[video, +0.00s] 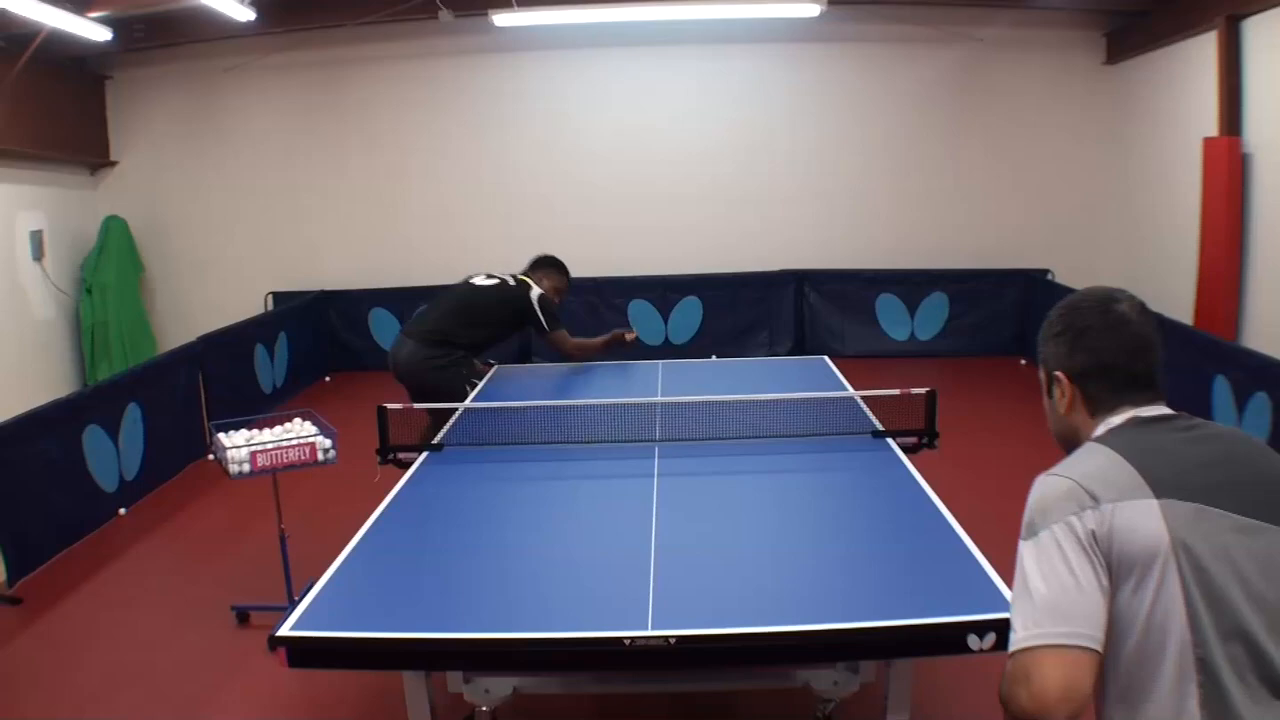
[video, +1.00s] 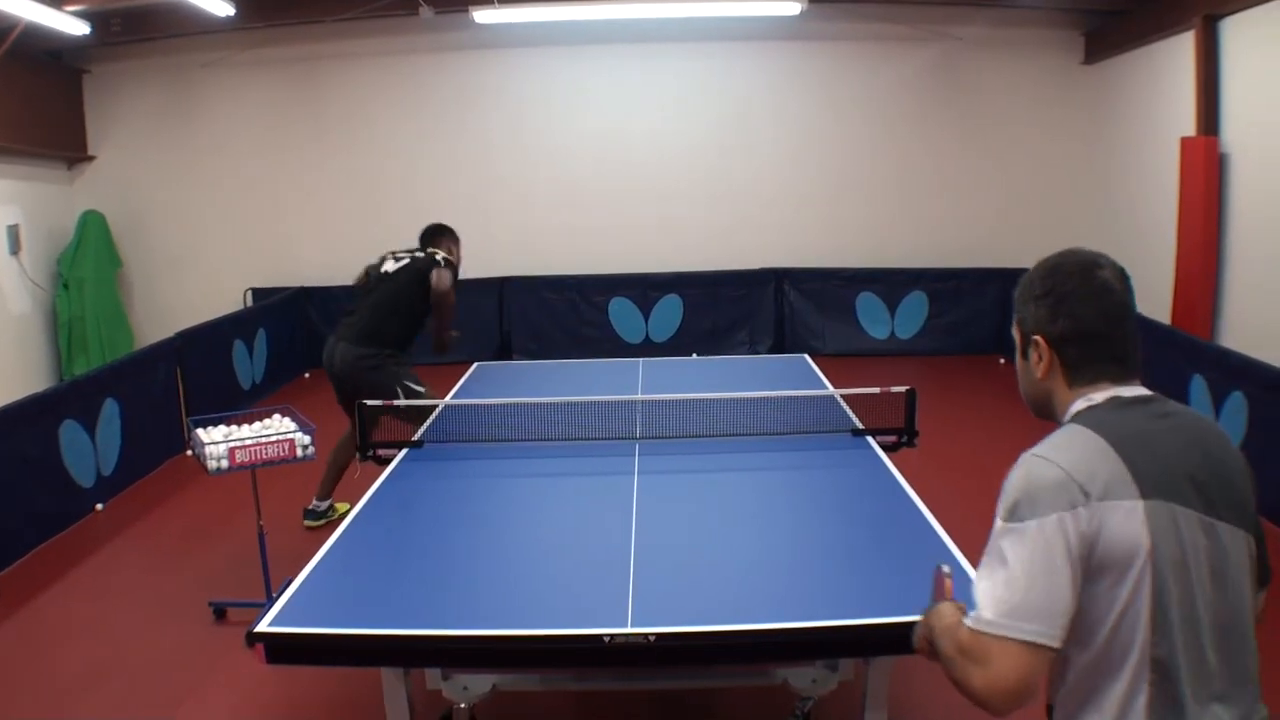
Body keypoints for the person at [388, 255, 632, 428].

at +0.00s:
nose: (558, 299)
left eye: (561, 294)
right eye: (559, 292)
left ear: (530, 273)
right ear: (545, 279)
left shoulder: (490, 280)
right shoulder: (535, 296)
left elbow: (448, 327)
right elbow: (569, 348)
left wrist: (480, 367)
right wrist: (610, 341)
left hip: (405, 352)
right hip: (433, 358)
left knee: (446, 413)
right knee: (485, 410)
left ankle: (423, 466)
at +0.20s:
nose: (531, 262)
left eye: (532, 256)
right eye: (529, 255)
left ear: (499, 245)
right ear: (513, 248)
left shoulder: (456, 260)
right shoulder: (509, 270)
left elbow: (443, 303)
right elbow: (555, 312)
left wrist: (478, 338)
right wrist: (609, 315)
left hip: (390, 351)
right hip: (424, 358)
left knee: (416, 411)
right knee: (475, 409)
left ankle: (366, 485)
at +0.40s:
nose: (485, 237)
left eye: (485, 231)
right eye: (482, 230)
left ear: (449, 226)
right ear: (465, 225)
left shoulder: (411, 253)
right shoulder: (464, 246)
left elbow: (401, 301)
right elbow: (523, 255)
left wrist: (446, 322)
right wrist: (569, 231)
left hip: (366, 352)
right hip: (402, 357)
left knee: (377, 428)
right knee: (459, 420)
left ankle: (330, 504)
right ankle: (450, 500)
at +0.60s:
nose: (447, 221)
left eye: (446, 216)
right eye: (441, 216)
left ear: (410, 220)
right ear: (420, 217)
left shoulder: (376, 248)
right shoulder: (428, 234)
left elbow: (336, 294)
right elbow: (482, 218)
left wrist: (377, 304)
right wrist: (531, 205)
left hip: (339, 343)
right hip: (372, 346)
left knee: (352, 424)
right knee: (432, 422)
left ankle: (324, 505)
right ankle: (440, 504)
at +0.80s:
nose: (437, 223)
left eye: (437, 219)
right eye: (434, 219)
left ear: (401, 219)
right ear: (418, 217)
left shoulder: (365, 241)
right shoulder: (421, 234)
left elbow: (326, 282)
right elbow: (466, 235)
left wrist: (359, 297)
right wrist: (498, 260)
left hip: (328, 337)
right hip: (363, 340)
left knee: (344, 420)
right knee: (422, 412)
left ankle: (319, 505)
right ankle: (429, 495)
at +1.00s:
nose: (459, 256)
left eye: (459, 250)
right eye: (457, 250)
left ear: (425, 246)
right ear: (446, 246)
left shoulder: (394, 257)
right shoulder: (440, 260)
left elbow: (361, 281)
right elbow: (441, 287)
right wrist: (442, 335)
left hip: (338, 353)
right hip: (372, 358)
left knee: (360, 426)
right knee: (438, 422)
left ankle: (319, 505)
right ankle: (440, 499)